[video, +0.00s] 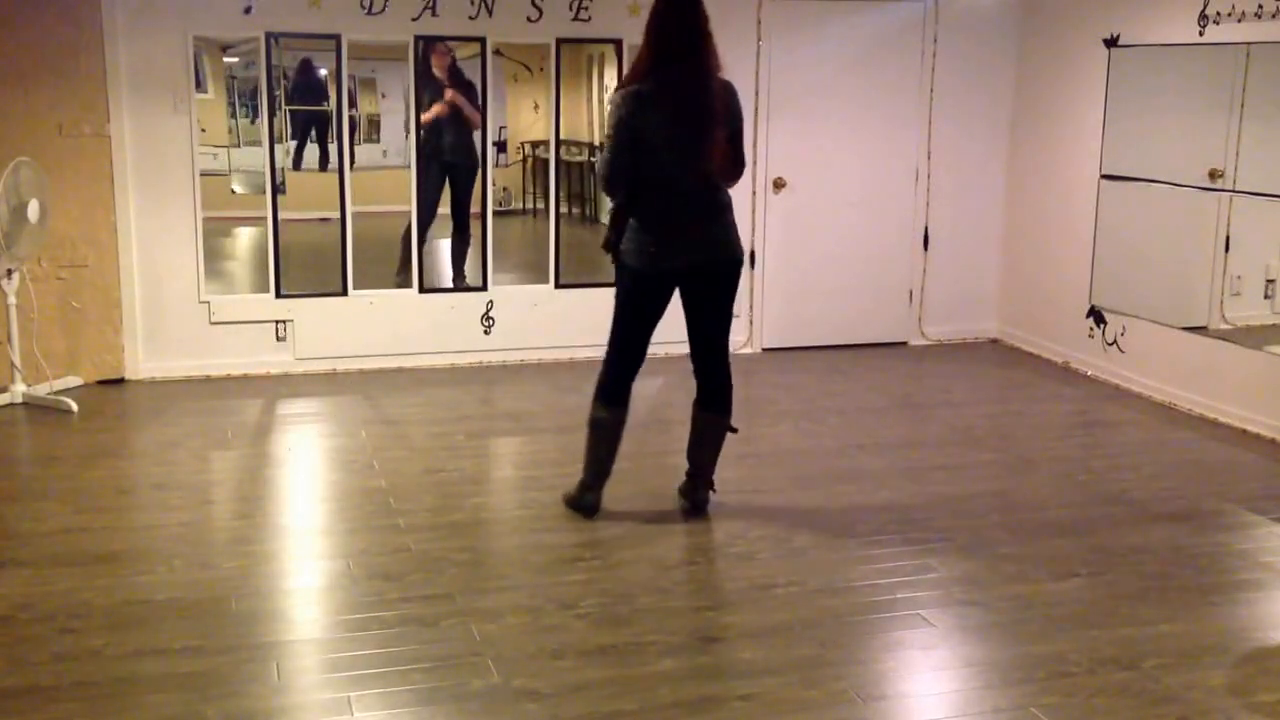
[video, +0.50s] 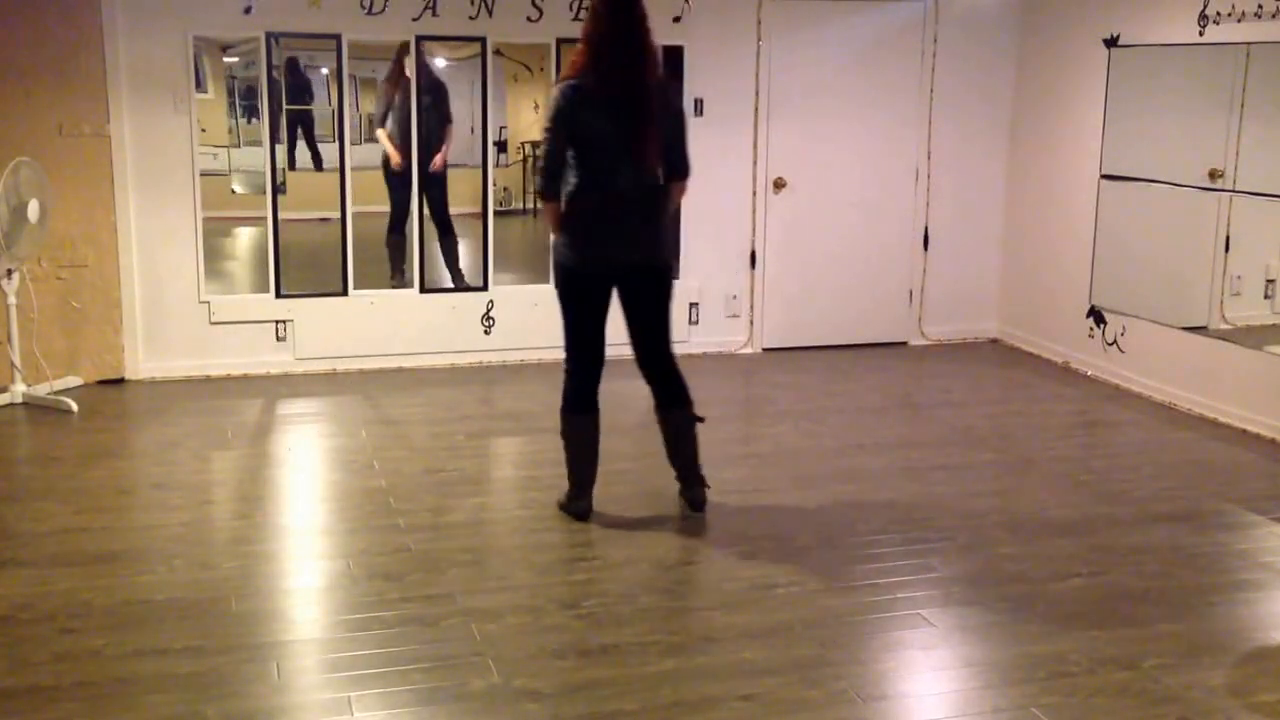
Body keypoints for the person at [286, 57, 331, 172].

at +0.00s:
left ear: (299, 68)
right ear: (312, 67)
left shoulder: (296, 81)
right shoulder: (317, 80)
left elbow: (291, 98)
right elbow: (325, 96)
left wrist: (293, 111)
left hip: (304, 113)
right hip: (320, 112)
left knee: (301, 141)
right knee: (322, 143)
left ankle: (296, 167)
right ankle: (323, 169)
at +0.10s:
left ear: (297, 68)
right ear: (311, 67)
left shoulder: (295, 81)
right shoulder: (317, 80)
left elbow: (290, 99)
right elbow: (324, 96)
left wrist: (292, 113)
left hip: (302, 113)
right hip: (319, 112)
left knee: (300, 142)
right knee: (322, 143)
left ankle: (293, 167)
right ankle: (323, 169)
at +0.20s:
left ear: (296, 68)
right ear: (310, 67)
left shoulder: (294, 80)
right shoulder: (316, 80)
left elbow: (289, 99)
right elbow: (322, 97)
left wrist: (292, 113)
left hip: (301, 113)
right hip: (317, 112)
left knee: (298, 142)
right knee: (321, 144)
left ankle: (292, 168)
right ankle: (323, 169)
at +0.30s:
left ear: (291, 67)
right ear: (305, 66)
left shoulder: (289, 80)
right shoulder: (311, 79)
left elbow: (286, 97)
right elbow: (318, 97)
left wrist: (289, 105)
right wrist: (311, 102)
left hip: (296, 112)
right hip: (312, 111)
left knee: (295, 143)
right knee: (317, 142)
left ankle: (292, 169)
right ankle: (322, 168)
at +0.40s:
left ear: (288, 67)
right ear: (302, 66)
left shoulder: (286, 79)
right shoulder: (308, 79)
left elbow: (282, 97)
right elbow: (314, 97)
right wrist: (308, 102)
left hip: (293, 112)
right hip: (309, 111)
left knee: (294, 143)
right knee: (315, 142)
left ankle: (291, 169)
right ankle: (321, 168)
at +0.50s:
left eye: (286, 67)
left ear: (286, 67)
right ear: (298, 66)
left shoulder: (284, 80)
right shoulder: (305, 79)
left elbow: (280, 96)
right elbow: (311, 96)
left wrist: (281, 108)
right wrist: (307, 102)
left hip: (290, 111)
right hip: (305, 110)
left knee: (291, 144)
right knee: (311, 141)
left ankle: (291, 170)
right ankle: (319, 167)